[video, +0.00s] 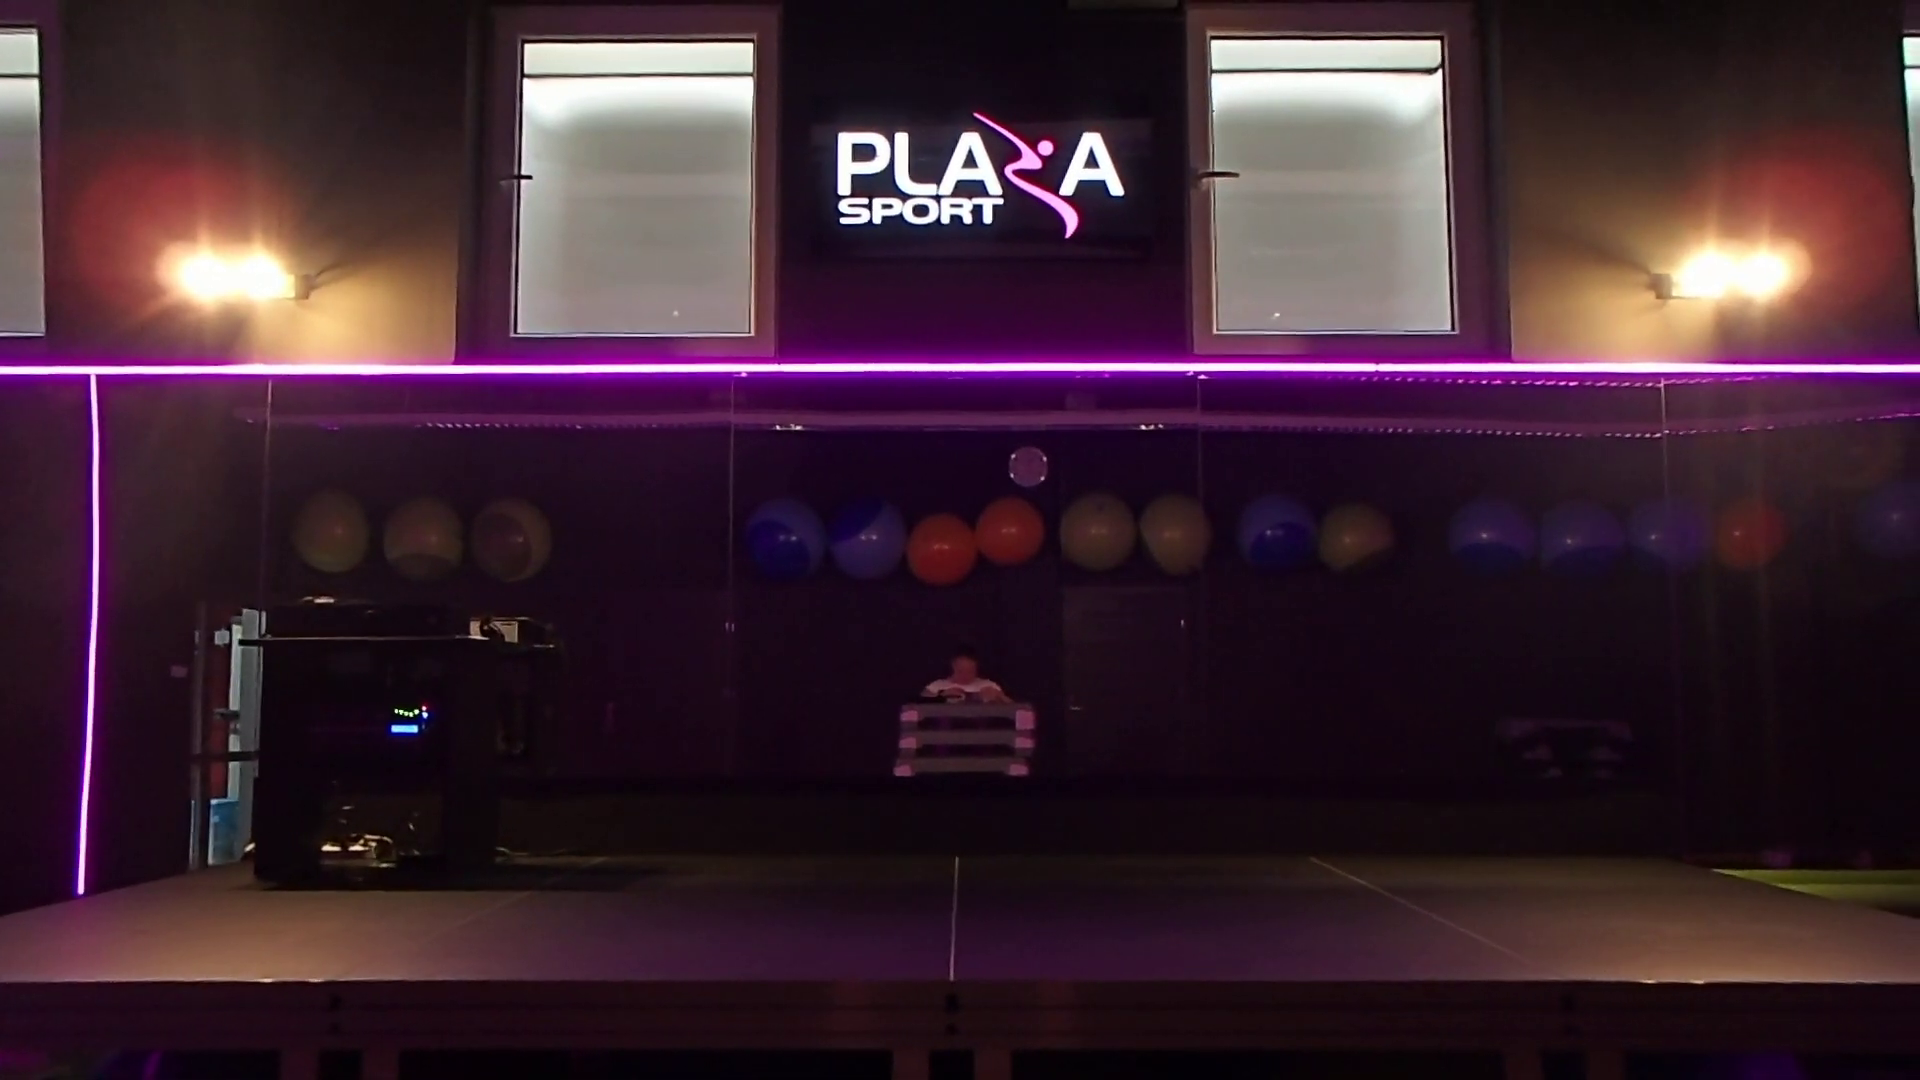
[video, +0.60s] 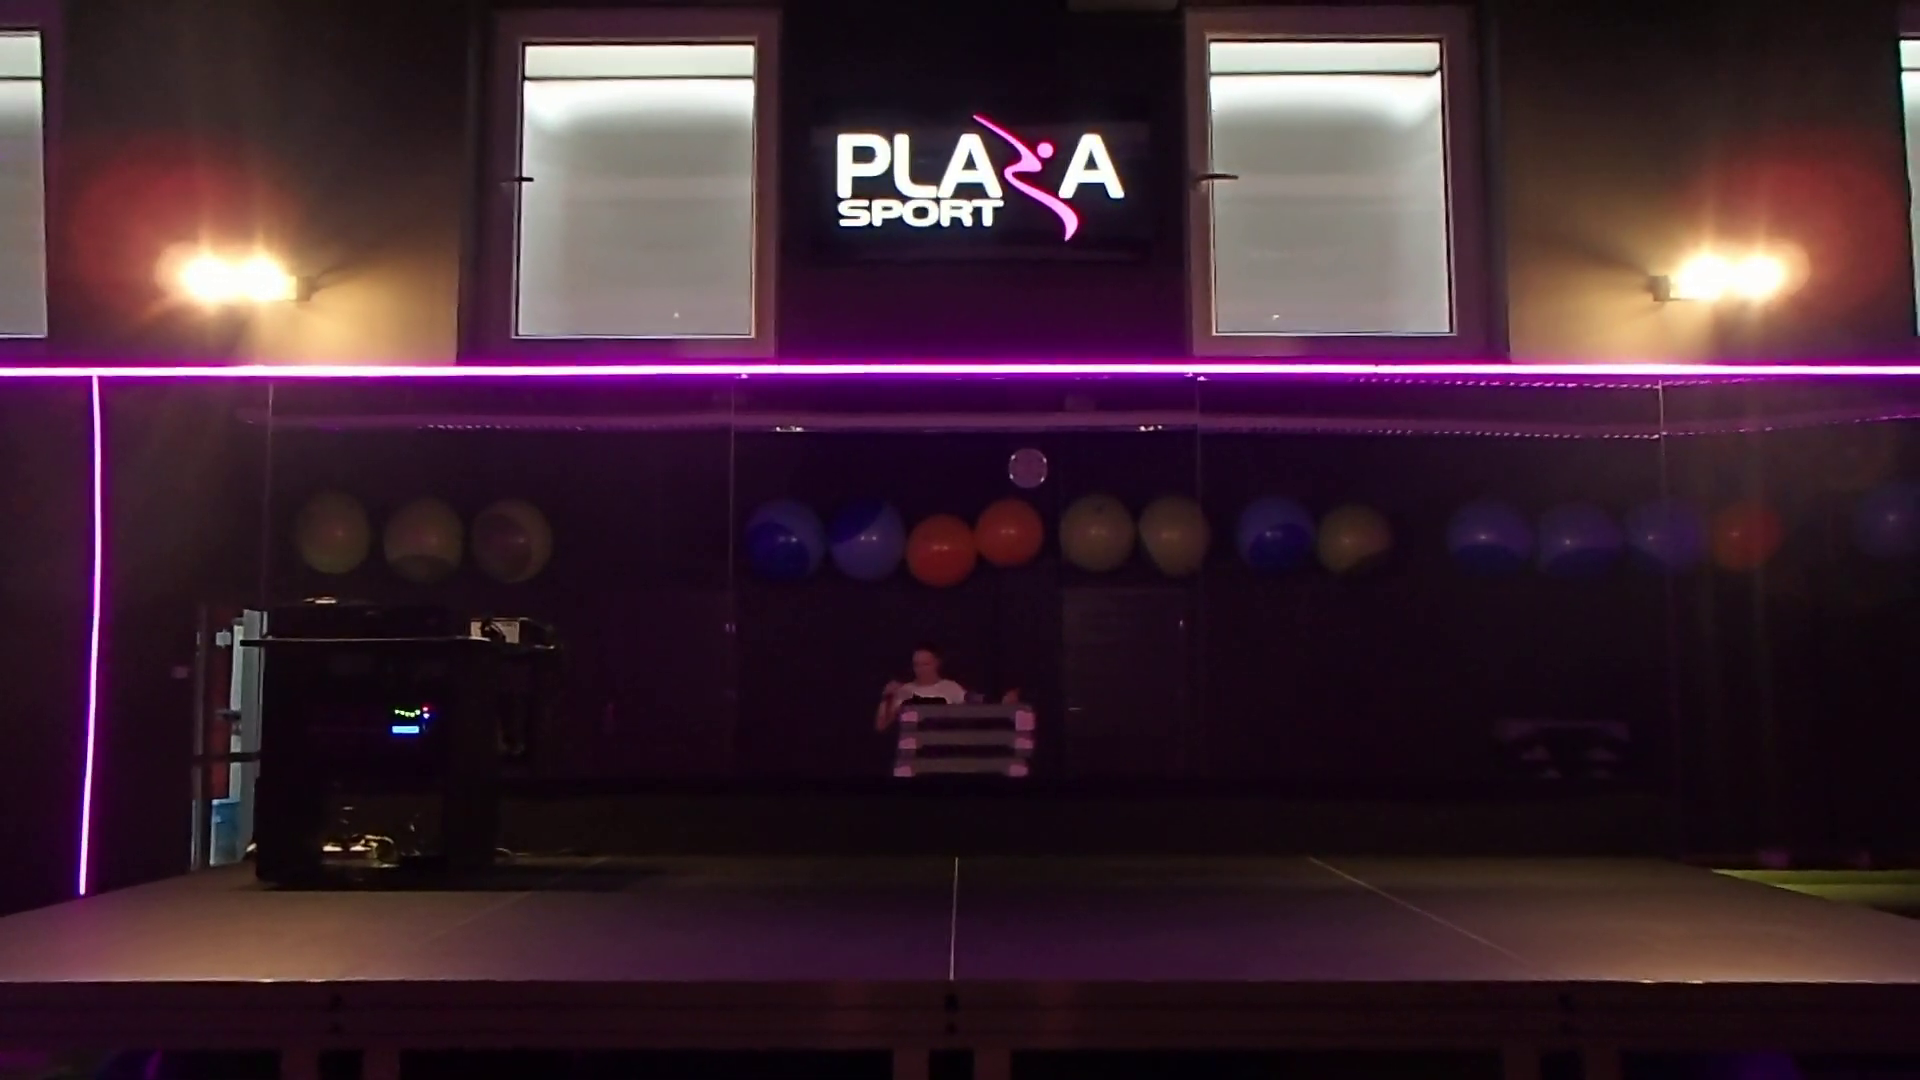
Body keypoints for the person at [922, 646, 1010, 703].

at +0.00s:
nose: (965, 673)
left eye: (969, 668)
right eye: (961, 668)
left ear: (975, 668)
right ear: (954, 668)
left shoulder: (988, 686)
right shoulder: (938, 686)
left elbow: (1012, 708)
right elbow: (922, 706)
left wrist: (997, 697)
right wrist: (943, 696)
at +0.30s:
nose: (961, 669)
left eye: (965, 665)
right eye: (956, 665)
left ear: (971, 665)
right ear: (950, 665)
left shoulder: (981, 684)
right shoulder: (938, 683)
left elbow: (1005, 705)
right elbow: (915, 701)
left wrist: (1004, 690)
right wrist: (933, 690)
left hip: (976, 724)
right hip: (944, 724)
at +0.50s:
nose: (939, 665)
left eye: (944, 660)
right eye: (935, 660)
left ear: (952, 661)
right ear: (930, 662)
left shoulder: (971, 687)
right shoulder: (917, 688)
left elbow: (988, 719)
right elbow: (895, 717)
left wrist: (1006, 700)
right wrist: (904, 688)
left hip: (964, 747)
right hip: (925, 750)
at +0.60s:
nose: (921, 669)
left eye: (925, 664)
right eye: (917, 664)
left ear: (936, 664)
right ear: (913, 666)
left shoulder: (951, 688)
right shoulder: (904, 691)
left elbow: (975, 709)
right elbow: (881, 726)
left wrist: (1002, 706)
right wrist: (887, 698)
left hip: (948, 748)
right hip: (911, 750)